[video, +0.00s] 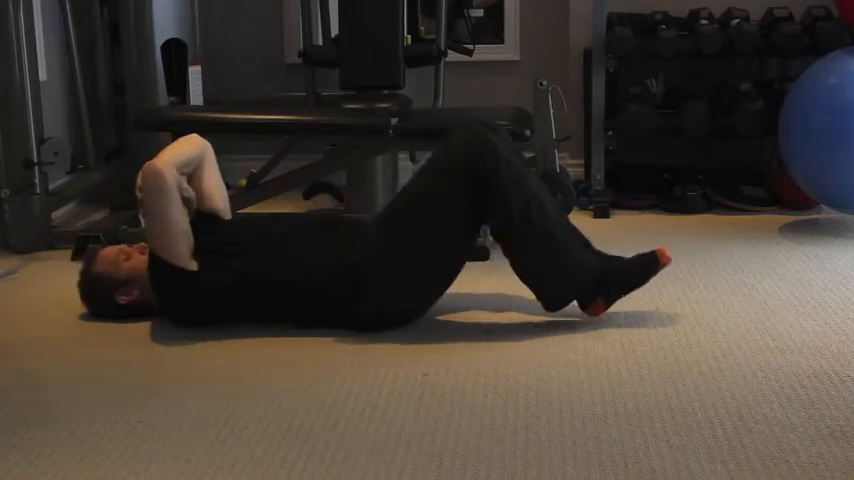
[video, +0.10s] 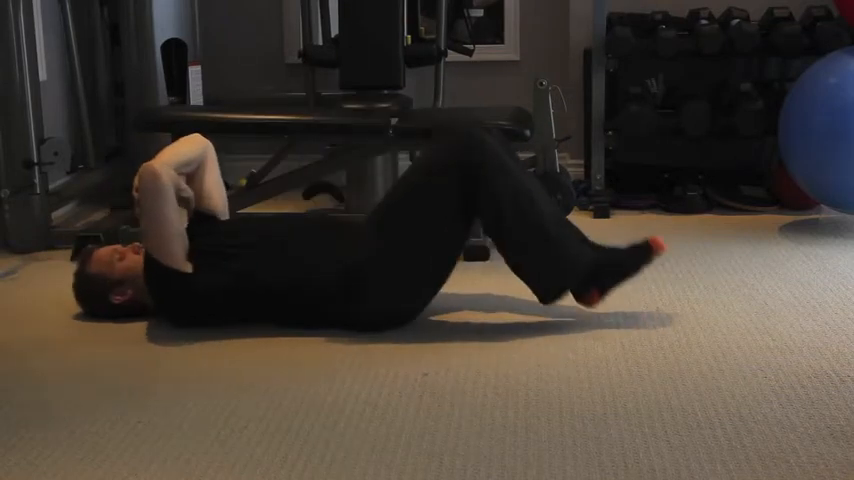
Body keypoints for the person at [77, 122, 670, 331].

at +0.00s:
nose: (129, 250)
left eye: (121, 250)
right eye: (118, 260)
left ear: (139, 260)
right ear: (130, 292)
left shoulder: (205, 256)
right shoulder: (183, 293)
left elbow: (200, 152)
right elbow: (163, 168)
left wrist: (181, 225)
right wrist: (175, 233)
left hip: (380, 260)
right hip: (373, 287)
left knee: (478, 142)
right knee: (475, 153)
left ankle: (573, 273)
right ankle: (584, 279)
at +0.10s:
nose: (121, 250)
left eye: (113, 249)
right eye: (109, 260)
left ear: (134, 261)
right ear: (124, 293)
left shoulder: (204, 253)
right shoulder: (177, 294)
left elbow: (200, 153)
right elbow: (159, 170)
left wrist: (166, 210)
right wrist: (172, 233)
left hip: (378, 260)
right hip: (369, 287)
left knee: (471, 136)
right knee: (466, 149)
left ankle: (559, 267)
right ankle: (580, 271)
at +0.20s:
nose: (115, 250)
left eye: (107, 249)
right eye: (105, 261)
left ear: (129, 259)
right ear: (118, 294)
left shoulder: (196, 251)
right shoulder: (173, 291)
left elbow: (195, 151)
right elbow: (148, 175)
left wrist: (169, 228)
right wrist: (162, 225)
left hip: (368, 259)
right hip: (363, 287)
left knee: (433, 130)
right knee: (431, 134)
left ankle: (542, 236)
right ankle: (561, 238)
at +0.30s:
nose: (107, 246)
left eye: (97, 248)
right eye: (98, 259)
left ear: (122, 258)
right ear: (115, 288)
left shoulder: (198, 242)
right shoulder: (167, 294)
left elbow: (194, 152)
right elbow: (145, 178)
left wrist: (143, 220)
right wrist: (159, 214)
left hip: (369, 264)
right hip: (356, 287)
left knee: (382, 116)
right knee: (374, 125)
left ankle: (527, 177)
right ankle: (528, 183)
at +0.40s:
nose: (99, 238)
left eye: (92, 241)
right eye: (91, 252)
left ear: (115, 241)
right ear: (113, 285)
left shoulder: (201, 244)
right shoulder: (165, 292)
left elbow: (200, 148)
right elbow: (147, 181)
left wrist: (146, 189)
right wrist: (148, 231)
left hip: (358, 265)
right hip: (338, 286)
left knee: (326, 117)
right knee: (313, 121)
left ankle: (486, 121)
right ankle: (487, 133)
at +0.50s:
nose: (103, 232)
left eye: (89, 240)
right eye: (90, 248)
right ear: (113, 283)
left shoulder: (198, 245)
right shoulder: (161, 290)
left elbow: (208, 146)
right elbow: (151, 174)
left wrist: (150, 180)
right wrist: (166, 185)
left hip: (367, 255)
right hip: (337, 275)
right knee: (256, 134)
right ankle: (430, 117)